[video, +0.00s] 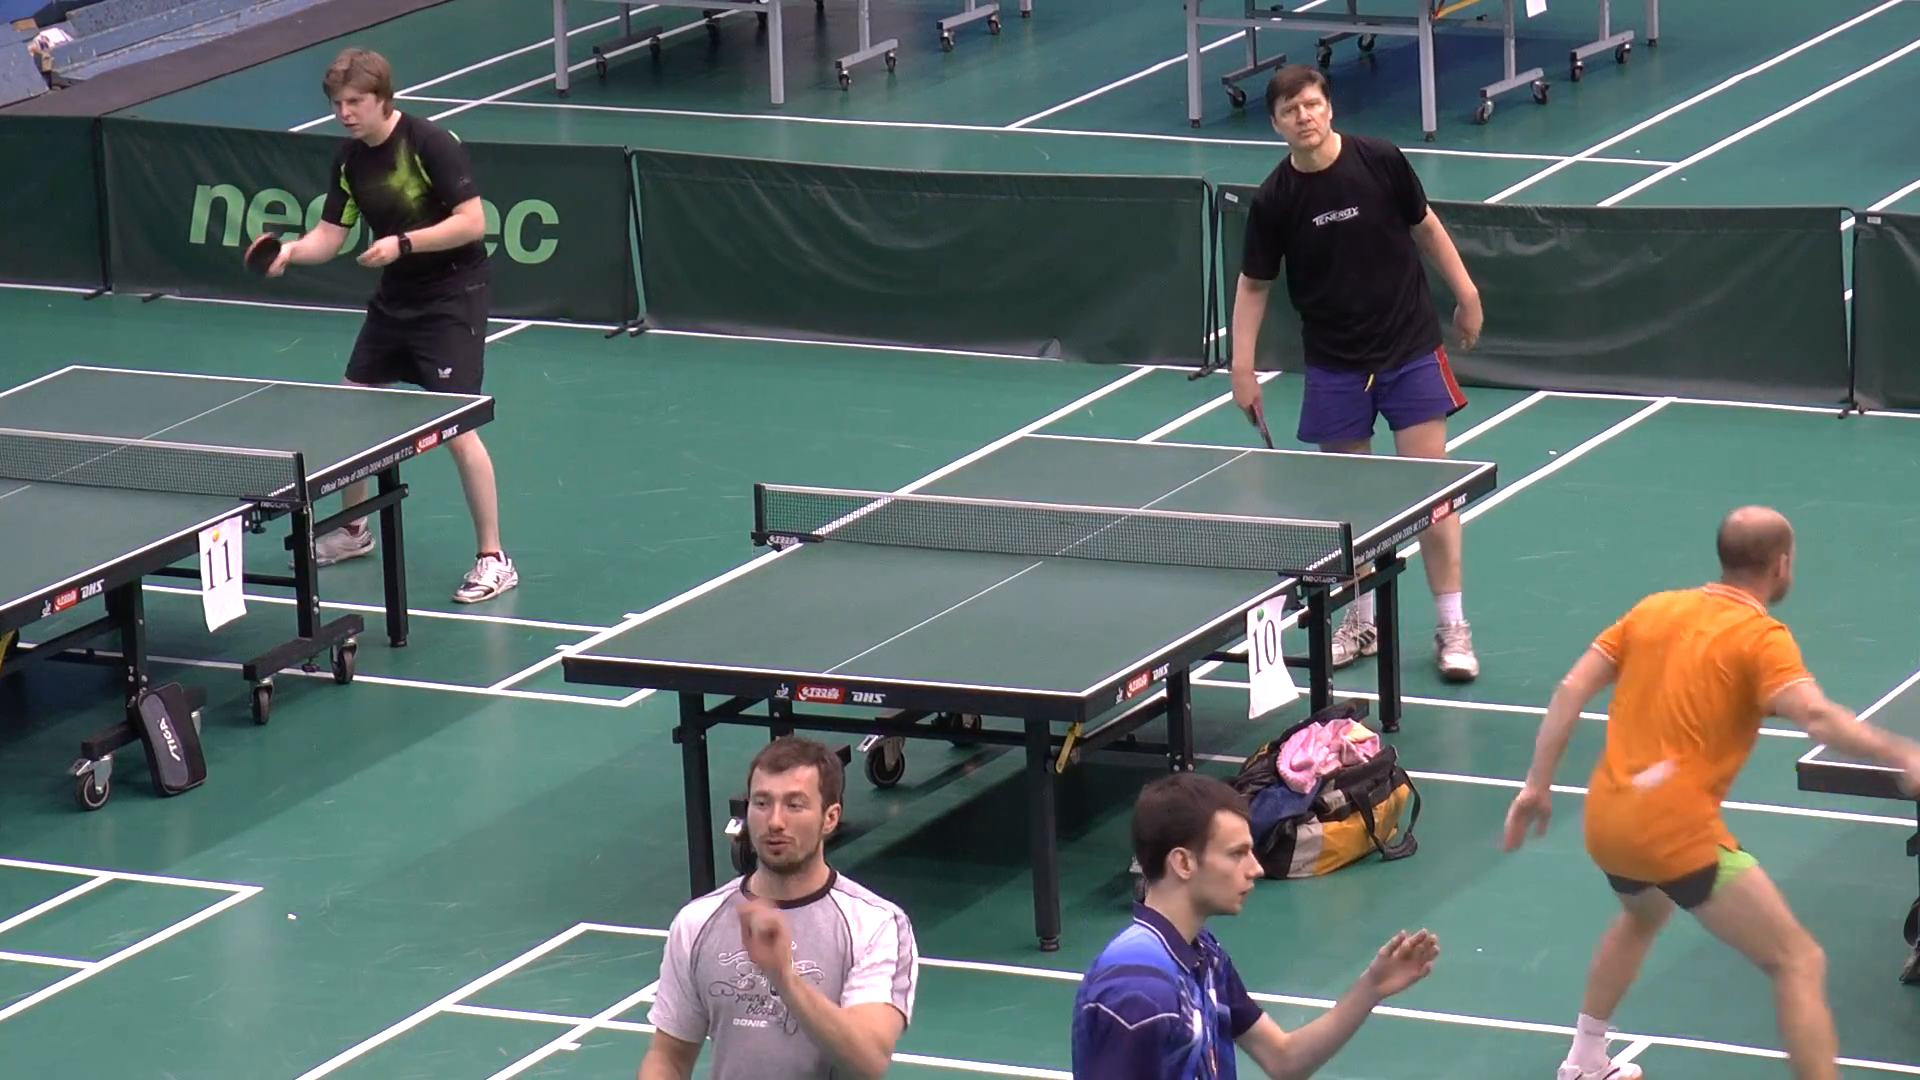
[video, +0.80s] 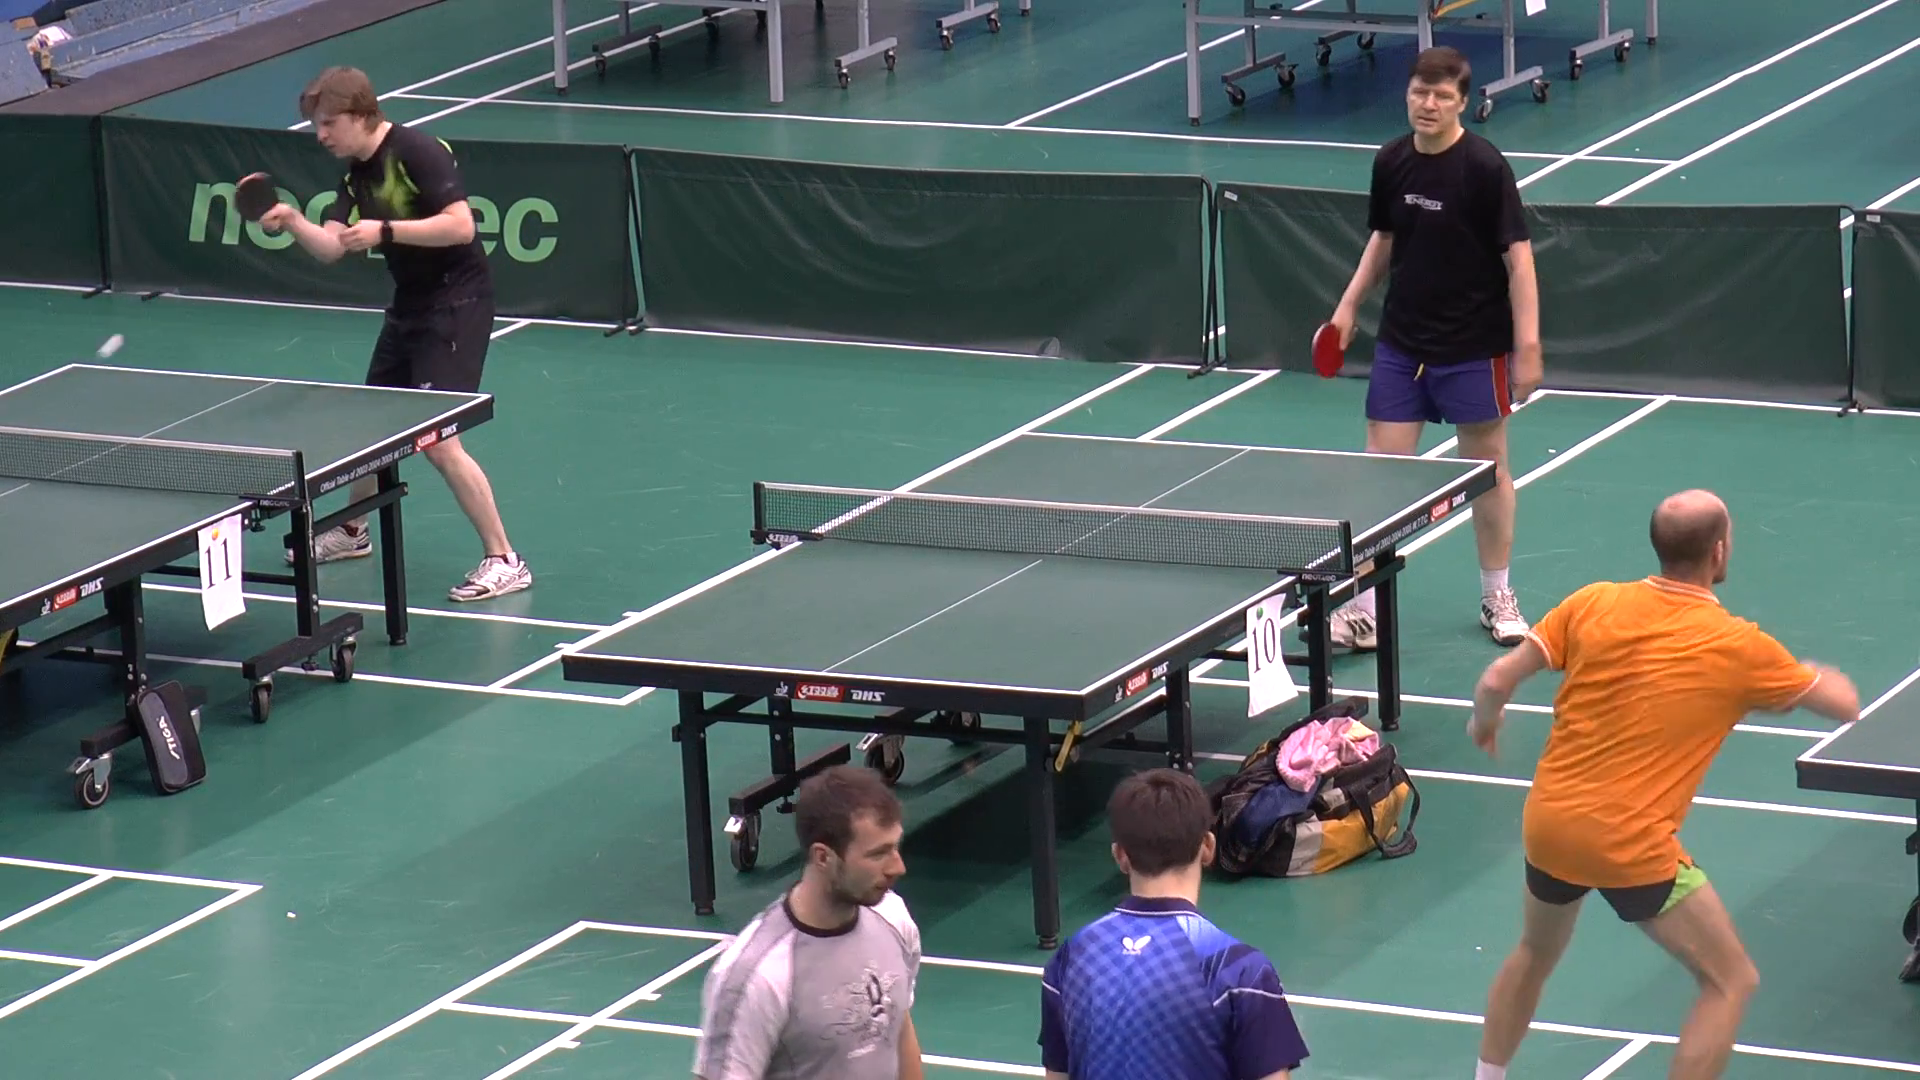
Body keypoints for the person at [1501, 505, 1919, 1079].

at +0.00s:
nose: (1792, 568)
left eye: (1791, 558)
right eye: (1791, 558)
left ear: (1724, 559)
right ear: (1779, 565)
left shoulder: (1653, 609)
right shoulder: (1763, 636)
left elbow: (1570, 689)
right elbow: (1812, 714)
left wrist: (1537, 784)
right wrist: (1903, 753)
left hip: (1607, 825)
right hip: (1678, 836)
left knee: (1642, 913)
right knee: (1797, 960)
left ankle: (1584, 1058)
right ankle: (1820, 1071)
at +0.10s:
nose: (1775, 547)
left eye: (1772, 537)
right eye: (1774, 539)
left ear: (1705, 543)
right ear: (1761, 548)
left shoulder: (1643, 594)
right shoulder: (1746, 629)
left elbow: (1576, 685)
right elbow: (1776, 745)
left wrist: (1586, 759)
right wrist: (1861, 812)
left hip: (1572, 800)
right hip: (1647, 822)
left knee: (1588, 899)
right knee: (1759, 958)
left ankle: (1549, 1043)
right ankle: (1730, 1070)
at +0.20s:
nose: (1759, 561)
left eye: (1755, 551)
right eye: (1757, 552)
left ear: (1688, 561)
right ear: (1743, 569)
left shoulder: (1633, 615)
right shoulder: (1717, 658)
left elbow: (1616, 725)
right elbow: (1745, 786)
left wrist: (1707, 772)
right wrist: (1835, 833)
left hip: (1552, 814)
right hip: (1611, 842)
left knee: (1555, 922)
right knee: (1714, 984)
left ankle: (1443, 1040)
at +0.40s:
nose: (1736, 598)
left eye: (1736, 587)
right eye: (1735, 588)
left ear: (1670, 587)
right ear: (1719, 601)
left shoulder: (1620, 626)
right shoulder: (1663, 689)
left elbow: (1638, 711)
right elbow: (1694, 811)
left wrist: (1723, 737)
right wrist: (1746, 832)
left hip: (1516, 815)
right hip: (1560, 844)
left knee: (1517, 940)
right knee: (1682, 980)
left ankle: (1416, 1056)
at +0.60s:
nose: (1742, 583)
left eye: (1744, 571)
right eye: (1742, 572)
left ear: (1670, 566)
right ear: (1726, 580)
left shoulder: (1597, 615)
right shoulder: (1732, 668)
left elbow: (1511, 670)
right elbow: (1848, 696)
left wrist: (1576, 653)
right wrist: (1858, 667)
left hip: (1526, 818)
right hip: (1597, 847)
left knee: (1493, 931)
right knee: (1701, 988)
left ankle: (1443, 1046)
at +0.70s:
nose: (1738, 559)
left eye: (1734, 549)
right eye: (1737, 551)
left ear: (1666, 557)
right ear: (1727, 563)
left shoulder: (1598, 610)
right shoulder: (1747, 652)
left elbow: (1496, 664)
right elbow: (1864, 675)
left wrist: (1510, 674)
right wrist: (1854, 638)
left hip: (1539, 827)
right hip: (1619, 853)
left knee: (1516, 941)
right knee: (1703, 987)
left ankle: (1472, 1066)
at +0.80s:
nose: (1731, 545)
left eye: (1726, 535)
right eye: (1729, 537)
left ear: (1658, 548)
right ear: (1719, 551)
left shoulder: (1593, 604)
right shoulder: (1738, 643)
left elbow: (1495, 680)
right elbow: (1845, 706)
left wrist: (1484, 721)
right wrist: (1821, 674)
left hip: (1547, 826)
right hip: (1630, 844)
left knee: (1532, 953)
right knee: (1731, 981)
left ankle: (1487, 1072)